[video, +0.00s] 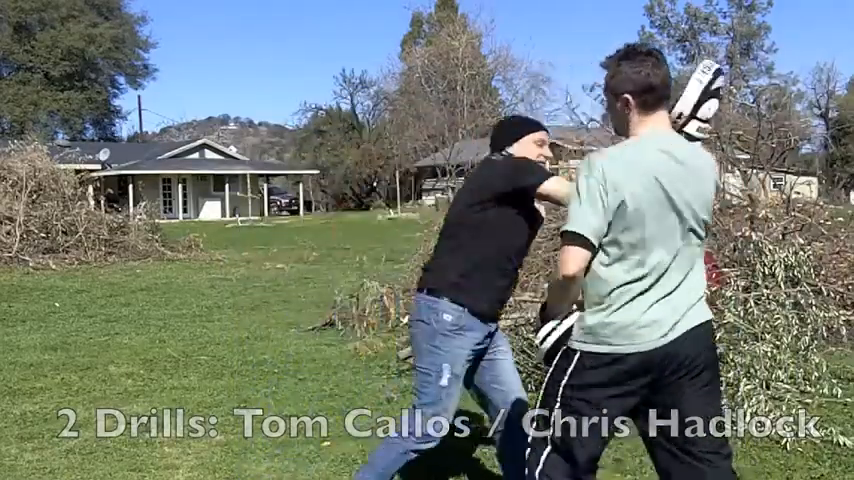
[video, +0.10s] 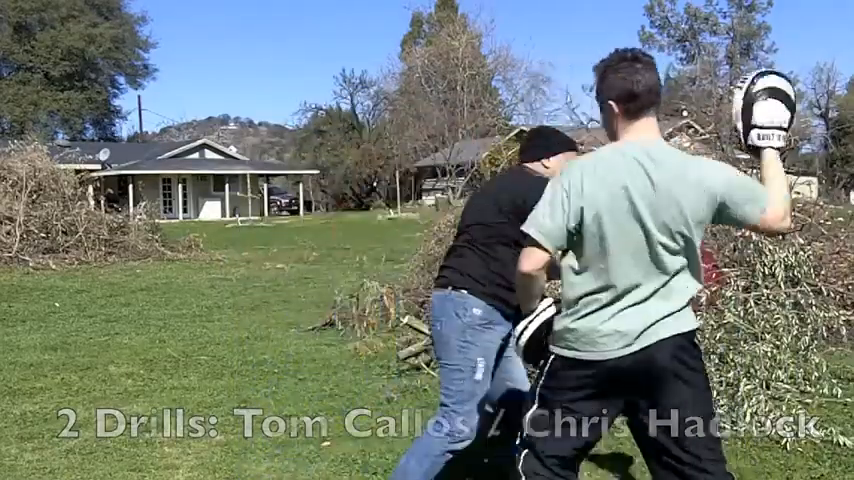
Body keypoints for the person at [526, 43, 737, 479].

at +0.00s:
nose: (606, 112)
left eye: (608, 101)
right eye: (606, 101)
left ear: (625, 103)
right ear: (666, 96)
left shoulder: (603, 167)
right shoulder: (702, 162)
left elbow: (571, 270)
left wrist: (555, 307)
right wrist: (684, 136)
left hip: (609, 347)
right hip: (689, 338)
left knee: (560, 463)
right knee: (705, 463)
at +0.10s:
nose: (600, 114)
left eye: (600, 105)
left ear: (612, 108)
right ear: (658, 100)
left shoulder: (578, 175)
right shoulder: (698, 173)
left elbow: (530, 266)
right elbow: (777, 216)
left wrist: (534, 311)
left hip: (583, 354)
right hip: (668, 348)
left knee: (546, 463)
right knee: (698, 468)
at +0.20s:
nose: (585, 117)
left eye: (584, 110)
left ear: (589, 115)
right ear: (642, 107)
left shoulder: (548, 183)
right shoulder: (673, 184)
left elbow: (496, 268)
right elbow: (748, 256)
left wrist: (512, 310)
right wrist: (778, 184)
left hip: (563, 365)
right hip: (652, 359)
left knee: (544, 470)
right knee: (691, 471)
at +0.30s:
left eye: (558, 107)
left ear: (562, 111)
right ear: (619, 105)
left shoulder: (519, 188)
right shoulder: (639, 184)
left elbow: (470, 266)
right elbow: (686, 275)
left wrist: (494, 303)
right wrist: (740, 218)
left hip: (541, 373)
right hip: (626, 366)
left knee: (538, 471)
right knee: (675, 471)